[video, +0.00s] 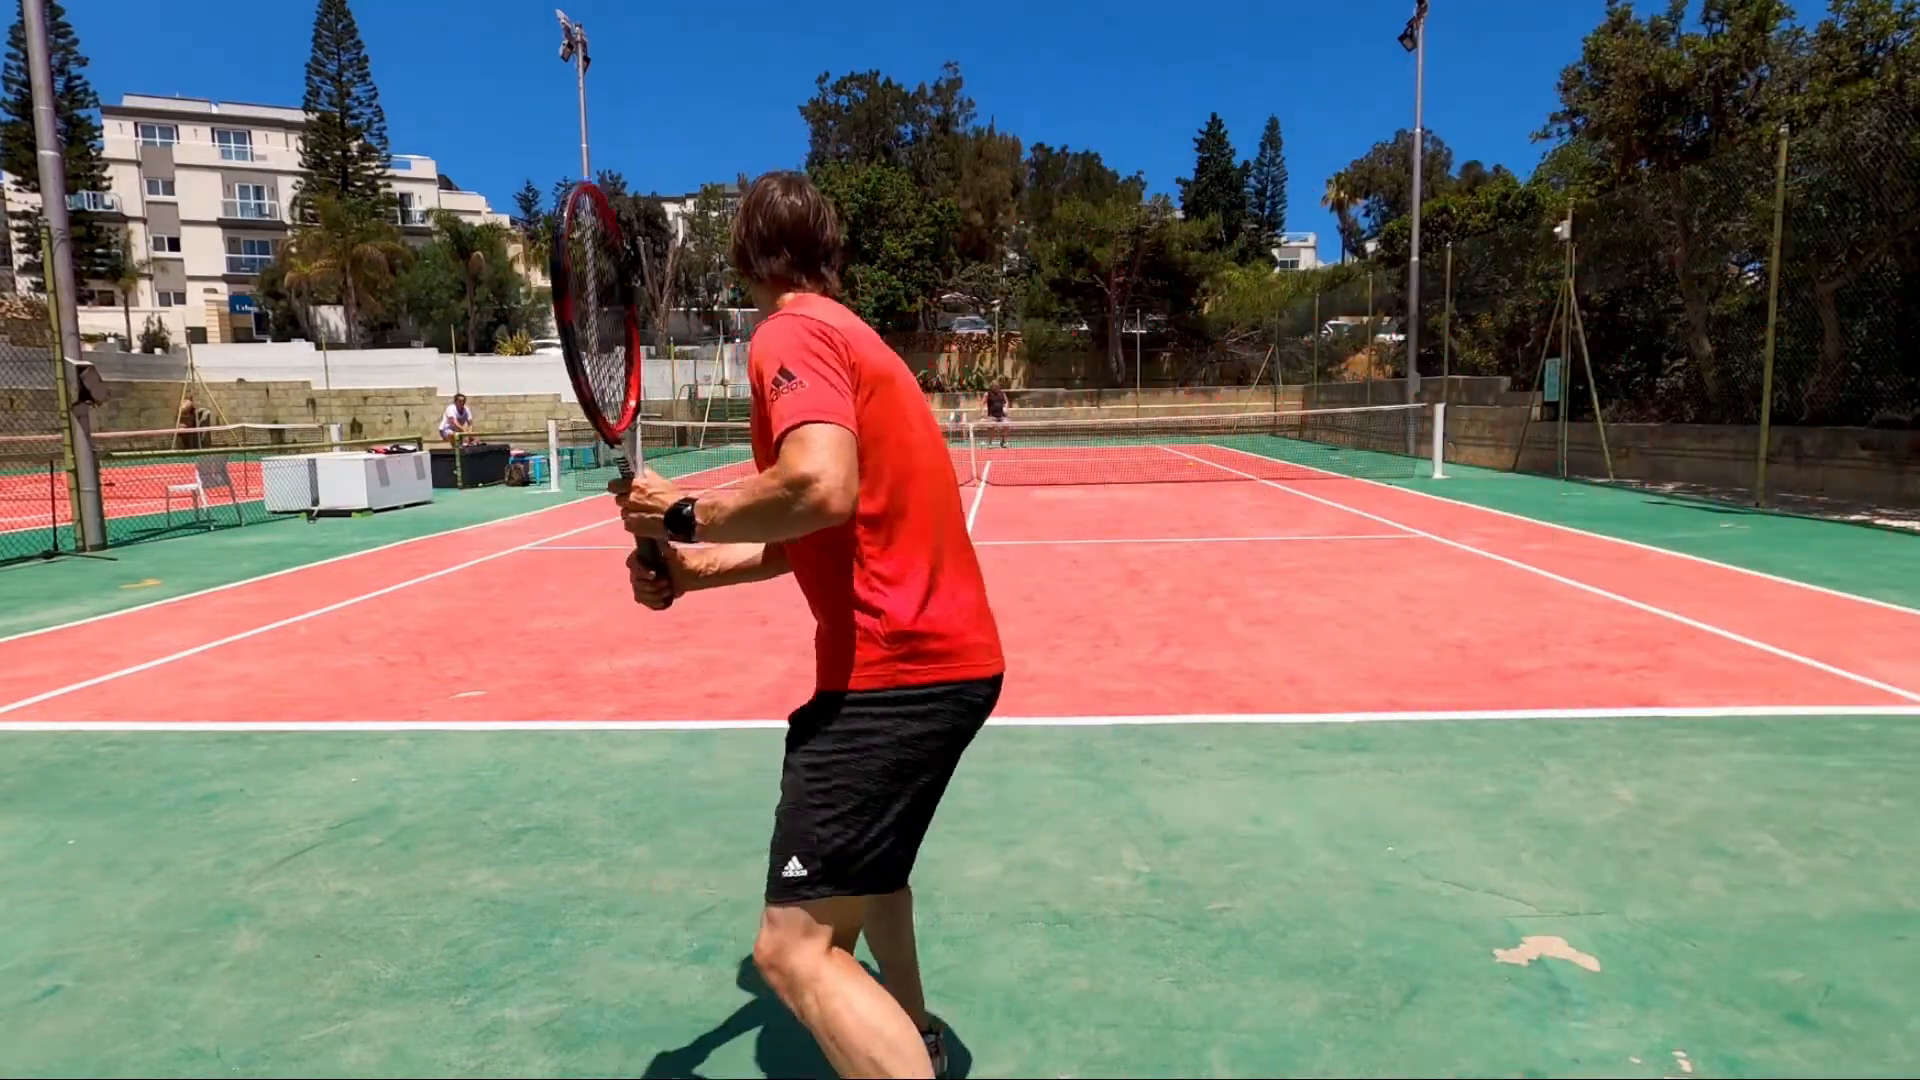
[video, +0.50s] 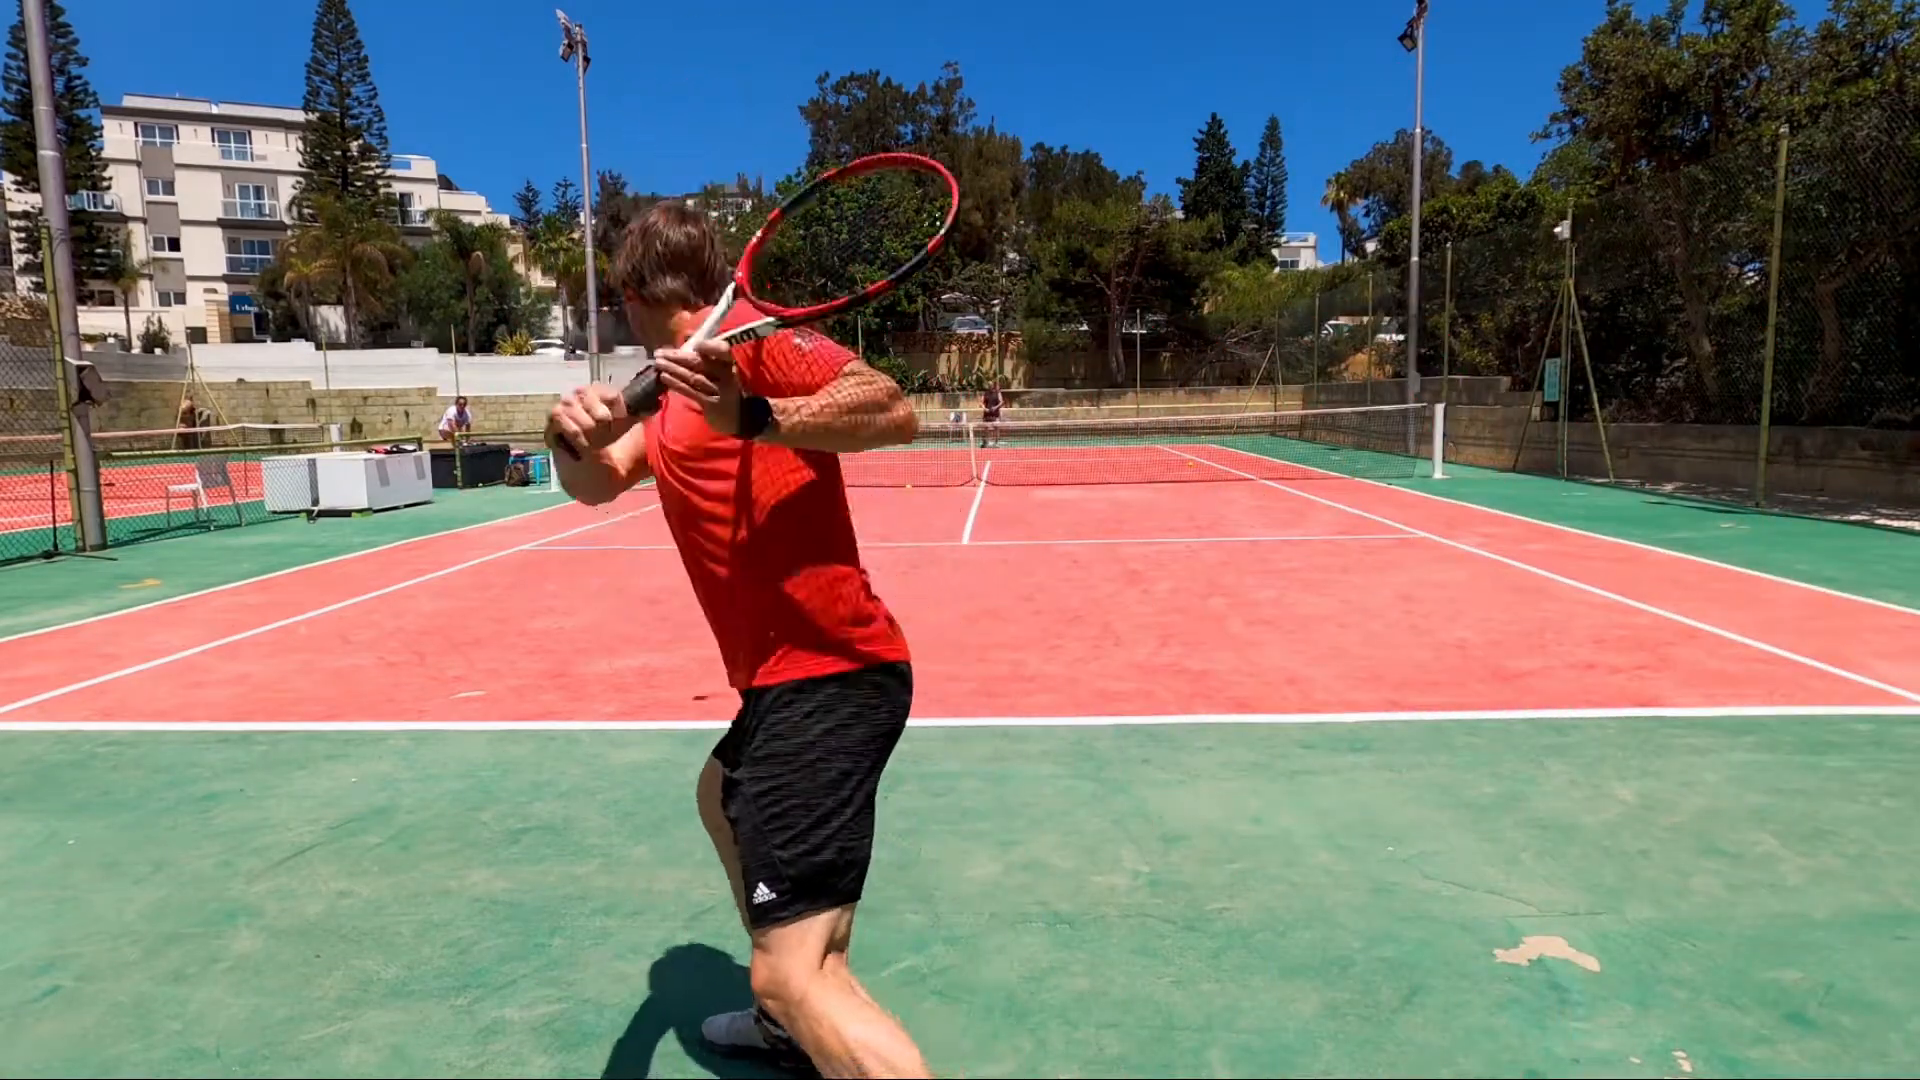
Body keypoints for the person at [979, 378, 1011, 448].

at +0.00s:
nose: (995, 389)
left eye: (997, 387)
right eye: (994, 387)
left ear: (999, 388)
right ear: (991, 387)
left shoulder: (1002, 394)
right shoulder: (987, 394)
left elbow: (1006, 402)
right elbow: (983, 403)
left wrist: (1005, 409)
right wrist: (982, 411)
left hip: (1001, 415)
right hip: (992, 415)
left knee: (1005, 427)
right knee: (992, 429)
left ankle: (1003, 441)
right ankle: (990, 442)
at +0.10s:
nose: (995, 389)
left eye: (996, 387)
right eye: (993, 387)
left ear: (998, 387)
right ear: (991, 388)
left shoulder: (1001, 393)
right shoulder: (987, 394)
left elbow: (1005, 402)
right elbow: (983, 403)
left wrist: (1002, 408)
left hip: (999, 414)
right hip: (990, 414)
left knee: (999, 430)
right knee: (991, 430)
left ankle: (997, 442)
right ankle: (991, 442)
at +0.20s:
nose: (994, 388)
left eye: (996, 386)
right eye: (993, 386)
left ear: (998, 386)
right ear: (990, 387)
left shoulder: (1001, 393)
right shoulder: (987, 394)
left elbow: (1004, 402)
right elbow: (982, 401)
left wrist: (1000, 409)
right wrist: (982, 409)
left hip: (998, 413)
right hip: (989, 413)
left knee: (997, 429)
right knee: (989, 428)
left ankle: (996, 442)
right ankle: (988, 442)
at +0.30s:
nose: (994, 387)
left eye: (995, 385)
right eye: (992, 385)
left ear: (998, 386)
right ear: (990, 386)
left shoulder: (1000, 393)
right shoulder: (987, 393)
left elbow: (1003, 401)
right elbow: (983, 401)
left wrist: (998, 407)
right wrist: (985, 405)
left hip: (996, 413)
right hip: (988, 412)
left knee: (996, 428)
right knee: (988, 427)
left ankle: (996, 442)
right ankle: (987, 441)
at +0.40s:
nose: (993, 388)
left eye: (994, 386)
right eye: (991, 386)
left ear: (997, 387)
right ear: (989, 387)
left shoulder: (999, 392)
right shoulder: (986, 393)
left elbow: (1002, 401)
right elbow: (983, 401)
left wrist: (996, 407)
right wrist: (985, 407)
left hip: (995, 412)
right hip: (988, 412)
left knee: (996, 427)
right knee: (986, 427)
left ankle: (996, 441)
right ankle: (986, 441)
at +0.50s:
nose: (992, 388)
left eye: (993, 387)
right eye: (991, 386)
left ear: (995, 387)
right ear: (989, 387)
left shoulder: (998, 393)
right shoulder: (986, 393)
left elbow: (1001, 402)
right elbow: (982, 403)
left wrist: (995, 408)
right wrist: (985, 408)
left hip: (995, 414)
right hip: (987, 413)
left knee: (996, 428)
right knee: (985, 428)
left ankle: (996, 441)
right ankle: (984, 441)